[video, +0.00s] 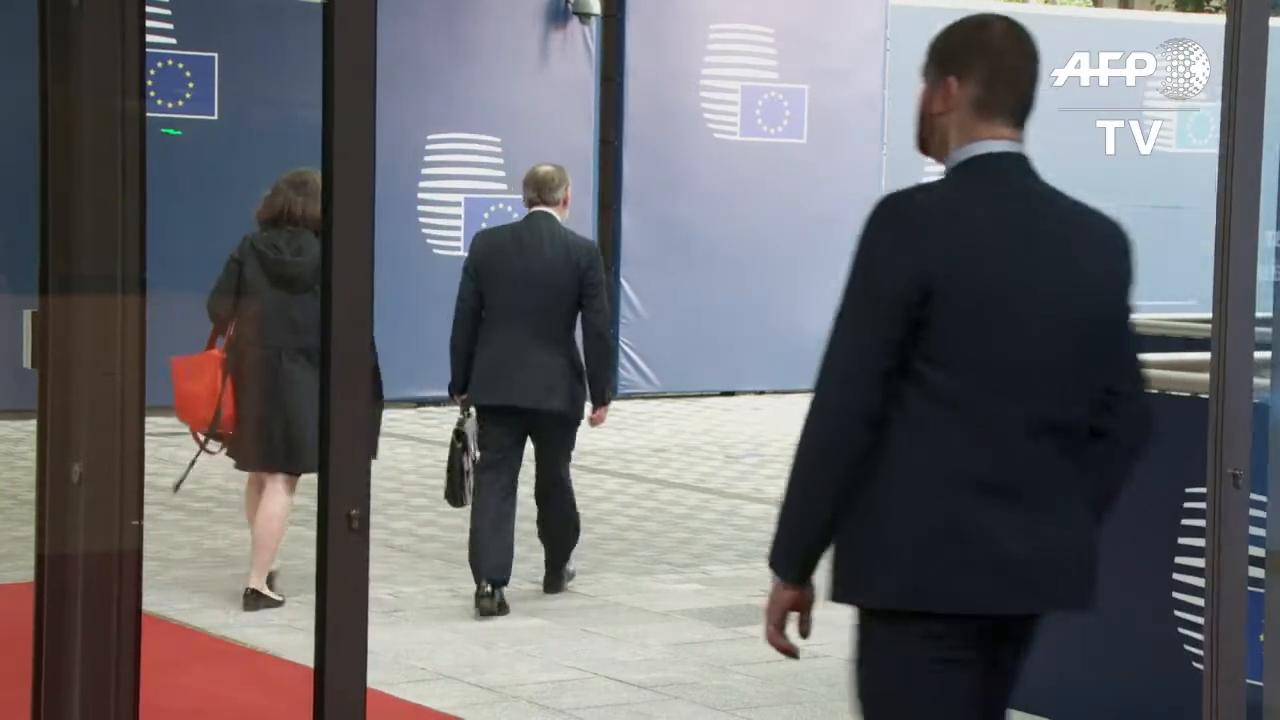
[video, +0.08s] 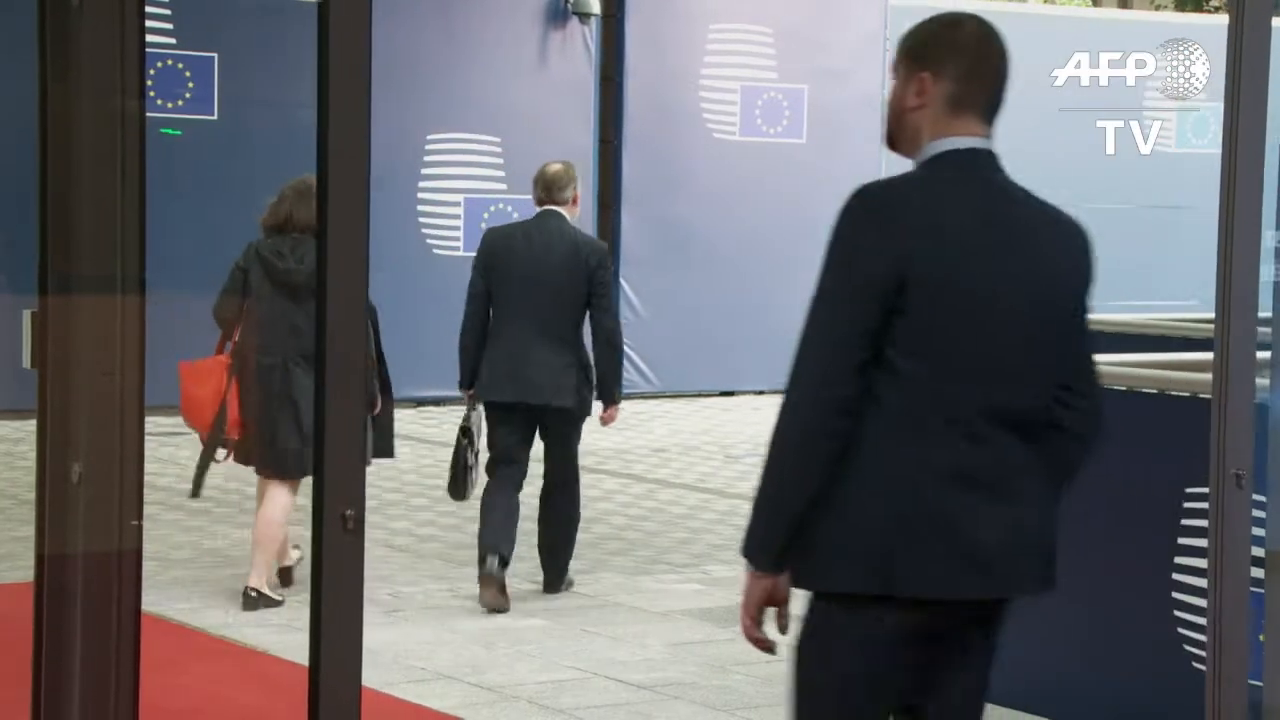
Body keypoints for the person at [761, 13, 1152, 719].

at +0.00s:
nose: (918, 107)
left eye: (924, 88)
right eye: (923, 88)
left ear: (946, 92)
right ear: (1024, 105)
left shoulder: (911, 219)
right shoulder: (1098, 238)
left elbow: (846, 401)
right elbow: (1121, 416)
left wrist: (793, 563)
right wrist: (1058, 528)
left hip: (914, 572)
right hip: (1029, 573)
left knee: (910, 706)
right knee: (979, 706)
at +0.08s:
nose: (888, 100)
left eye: (894, 82)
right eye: (893, 82)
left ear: (921, 88)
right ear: (993, 99)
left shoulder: (883, 212)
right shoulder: (1060, 236)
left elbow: (821, 390)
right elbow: (1074, 409)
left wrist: (768, 552)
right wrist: (1009, 513)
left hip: (869, 566)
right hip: (986, 568)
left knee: (838, 704)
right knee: (949, 707)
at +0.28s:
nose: (798, 96)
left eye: (806, 78)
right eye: (804, 79)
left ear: (836, 86)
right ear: (897, 98)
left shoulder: (809, 207)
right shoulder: (963, 226)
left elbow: (755, 386)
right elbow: (989, 391)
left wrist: (698, 544)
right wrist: (930, 503)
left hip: (785, 551)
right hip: (899, 551)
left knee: (700, 709)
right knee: (893, 714)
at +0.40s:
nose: (740, 102)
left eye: (746, 87)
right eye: (743, 87)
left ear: (775, 97)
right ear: (835, 106)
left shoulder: (750, 216)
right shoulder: (902, 227)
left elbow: (701, 393)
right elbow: (949, 383)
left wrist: (654, 552)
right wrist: (887, 509)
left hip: (739, 560)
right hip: (855, 557)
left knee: (692, 709)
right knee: (862, 713)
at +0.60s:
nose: (634, 107)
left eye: (639, 93)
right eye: (639, 92)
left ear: (662, 102)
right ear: (732, 107)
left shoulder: (640, 227)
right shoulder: (803, 221)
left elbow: (596, 400)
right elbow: (881, 340)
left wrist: (551, 549)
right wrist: (831, 454)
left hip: (635, 553)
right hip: (757, 552)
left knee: (594, 709)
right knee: (765, 708)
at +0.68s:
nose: (603, 104)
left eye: (606, 90)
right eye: (608, 89)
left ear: (622, 95)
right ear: (699, 99)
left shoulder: (596, 225)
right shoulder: (770, 212)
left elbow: (549, 395)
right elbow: (851, 329)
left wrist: (511, 537)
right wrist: (801, 447)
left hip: (598, 548)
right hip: (718, 546)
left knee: (577, 711)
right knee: (711, 710)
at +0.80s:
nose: (573, 100)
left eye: (574, 87)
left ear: (579, 95)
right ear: (666, 96)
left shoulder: (559, 212)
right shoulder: (733, 208)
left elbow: (506, 372)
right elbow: (805, 332)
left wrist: (463, 516)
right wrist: (762, 449)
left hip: (574, 521)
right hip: (689, 516)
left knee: (564, 705)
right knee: (647, 690)